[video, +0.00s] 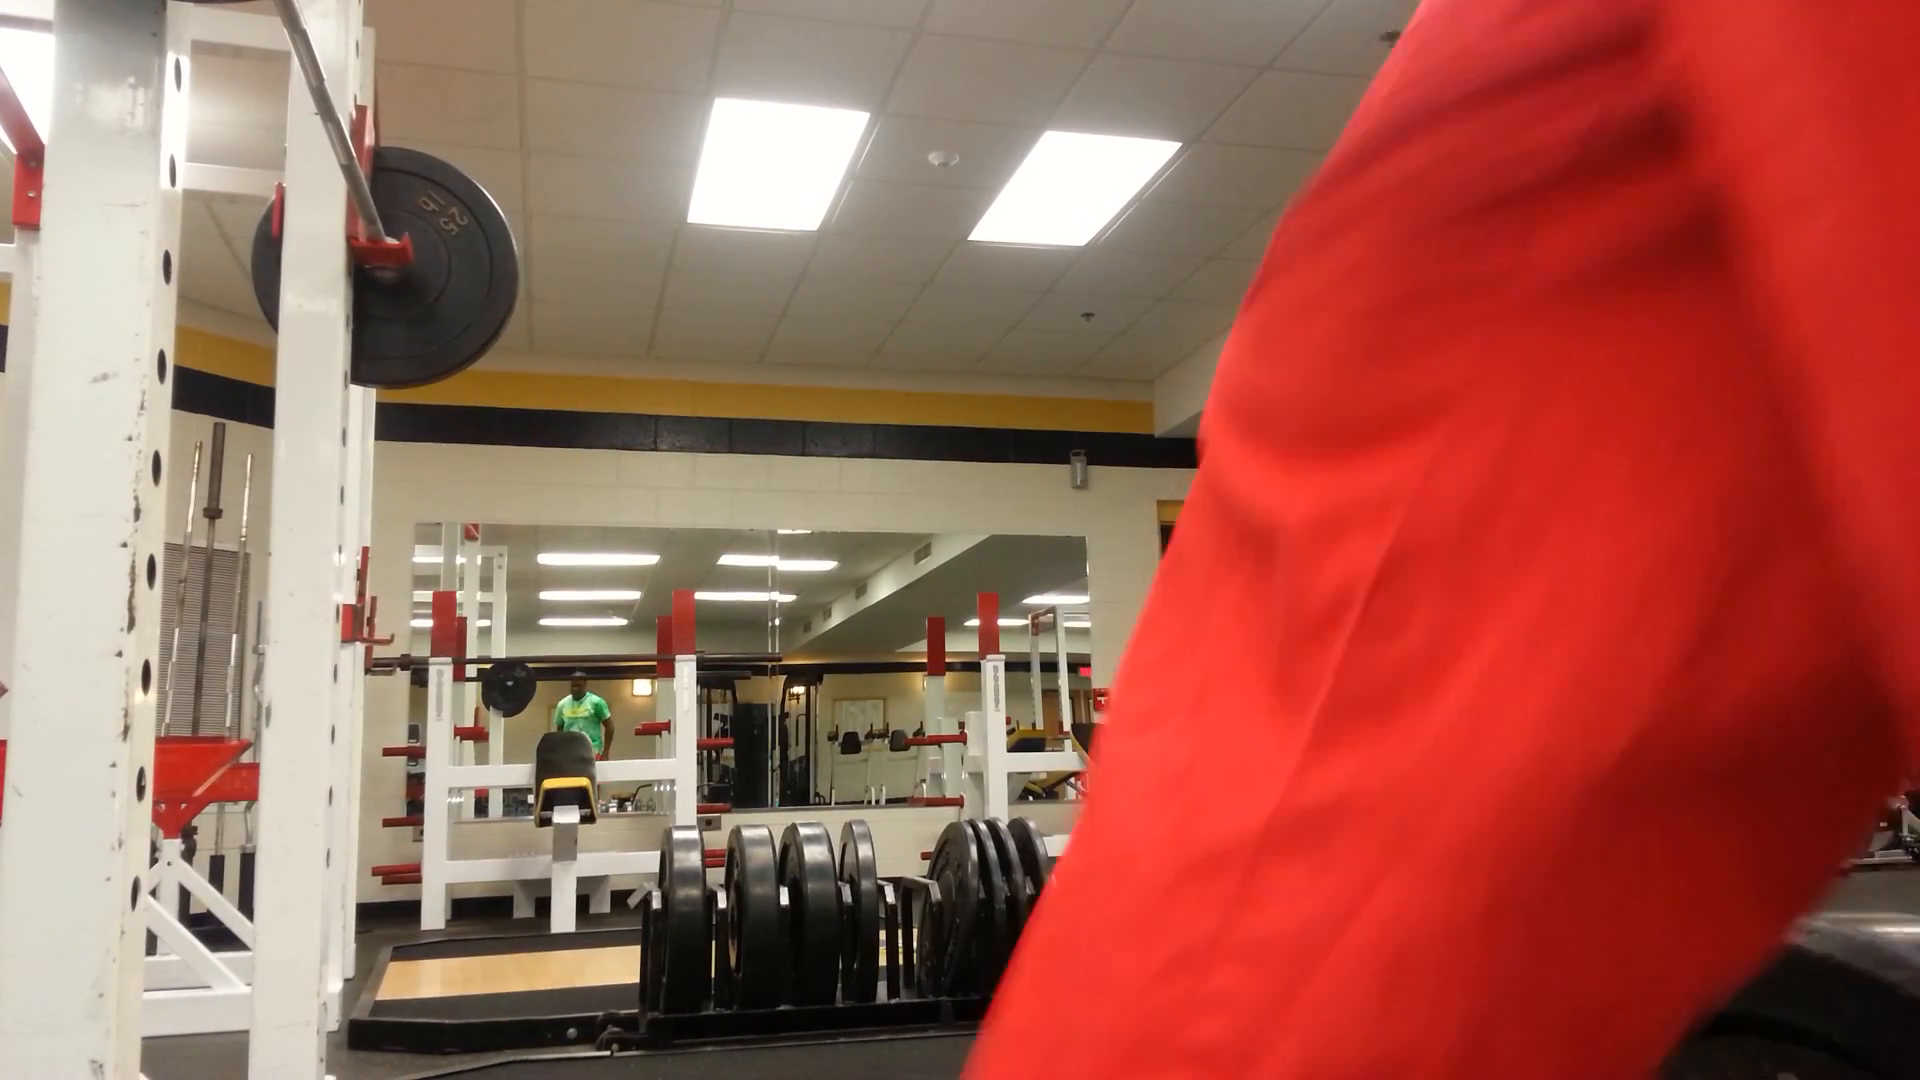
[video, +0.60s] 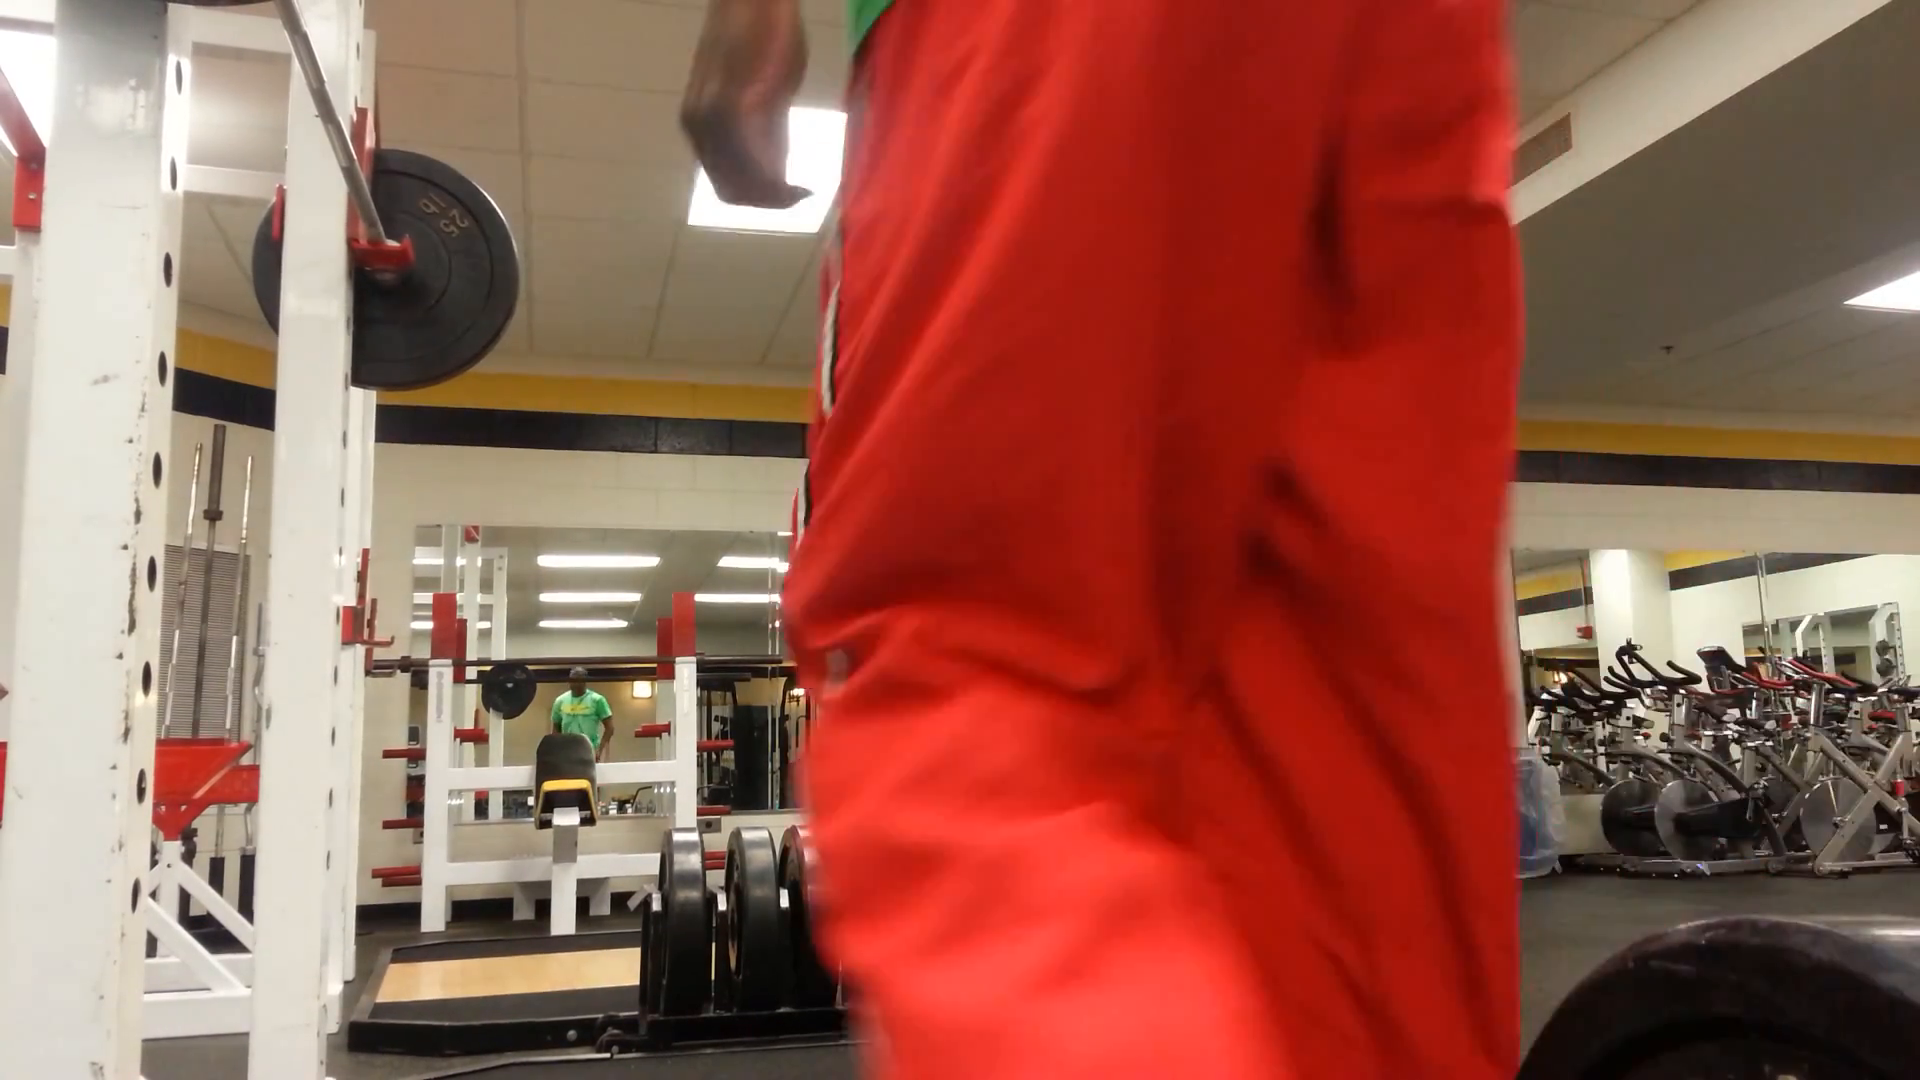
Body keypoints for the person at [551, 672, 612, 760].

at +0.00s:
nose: (574, 689)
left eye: (578, 685)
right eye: (572, 685)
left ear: (585, 685)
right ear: (570, 686)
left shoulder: (597, 702)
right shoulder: (562, 704)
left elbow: (609, 727)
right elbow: (559, 731)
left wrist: (605, 754)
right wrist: (560, 752)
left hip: (592, 753)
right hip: (570, 753)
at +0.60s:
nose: (575, 685)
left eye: (579, 682)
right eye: (572, 682)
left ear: (585, 682)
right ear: (569, 682)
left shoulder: (598, 701)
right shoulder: (560, 701)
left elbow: (610, 728)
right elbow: (556, 730)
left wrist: (599, 751)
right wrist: (557, 751)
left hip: (590, 751)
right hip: (567, 751)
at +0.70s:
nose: (576, 685)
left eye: (579, 682)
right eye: (573, 682)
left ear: (585, 682)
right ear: (569, 682)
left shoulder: (597, 700)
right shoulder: (560, 700)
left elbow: (609, 726)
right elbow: (555, 727)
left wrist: (593, 746)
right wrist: (555, 748)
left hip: (588, 752)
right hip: (566, 752)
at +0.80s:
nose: (574, 684)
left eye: (578, 681)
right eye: (572, 681)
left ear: (584, 681)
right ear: (569, 681)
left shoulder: (597, 700)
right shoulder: (560, 700)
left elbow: (607, 726)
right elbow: (555, 727)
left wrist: (588, 737)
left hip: (589, 751)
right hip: (566, 751)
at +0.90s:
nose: (572, 684)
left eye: (575, 681)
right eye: (570, 681)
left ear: (582, 681)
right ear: (567, 681)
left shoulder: (596, 700)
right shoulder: (559, 700)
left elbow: (605, 728)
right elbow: (555, 725)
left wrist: (582, 726)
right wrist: (550, 746)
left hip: (588, 752)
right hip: (565, 752)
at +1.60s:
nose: (566, 674)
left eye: (570, 671)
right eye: (566, 671)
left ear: (581, 674)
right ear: (564, 673)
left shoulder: (593, 695)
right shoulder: (561, 695)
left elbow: (600, 724)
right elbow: (560, 723)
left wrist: (575, 724)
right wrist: (546, 734)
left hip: (587, 749)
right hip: (565, 749)